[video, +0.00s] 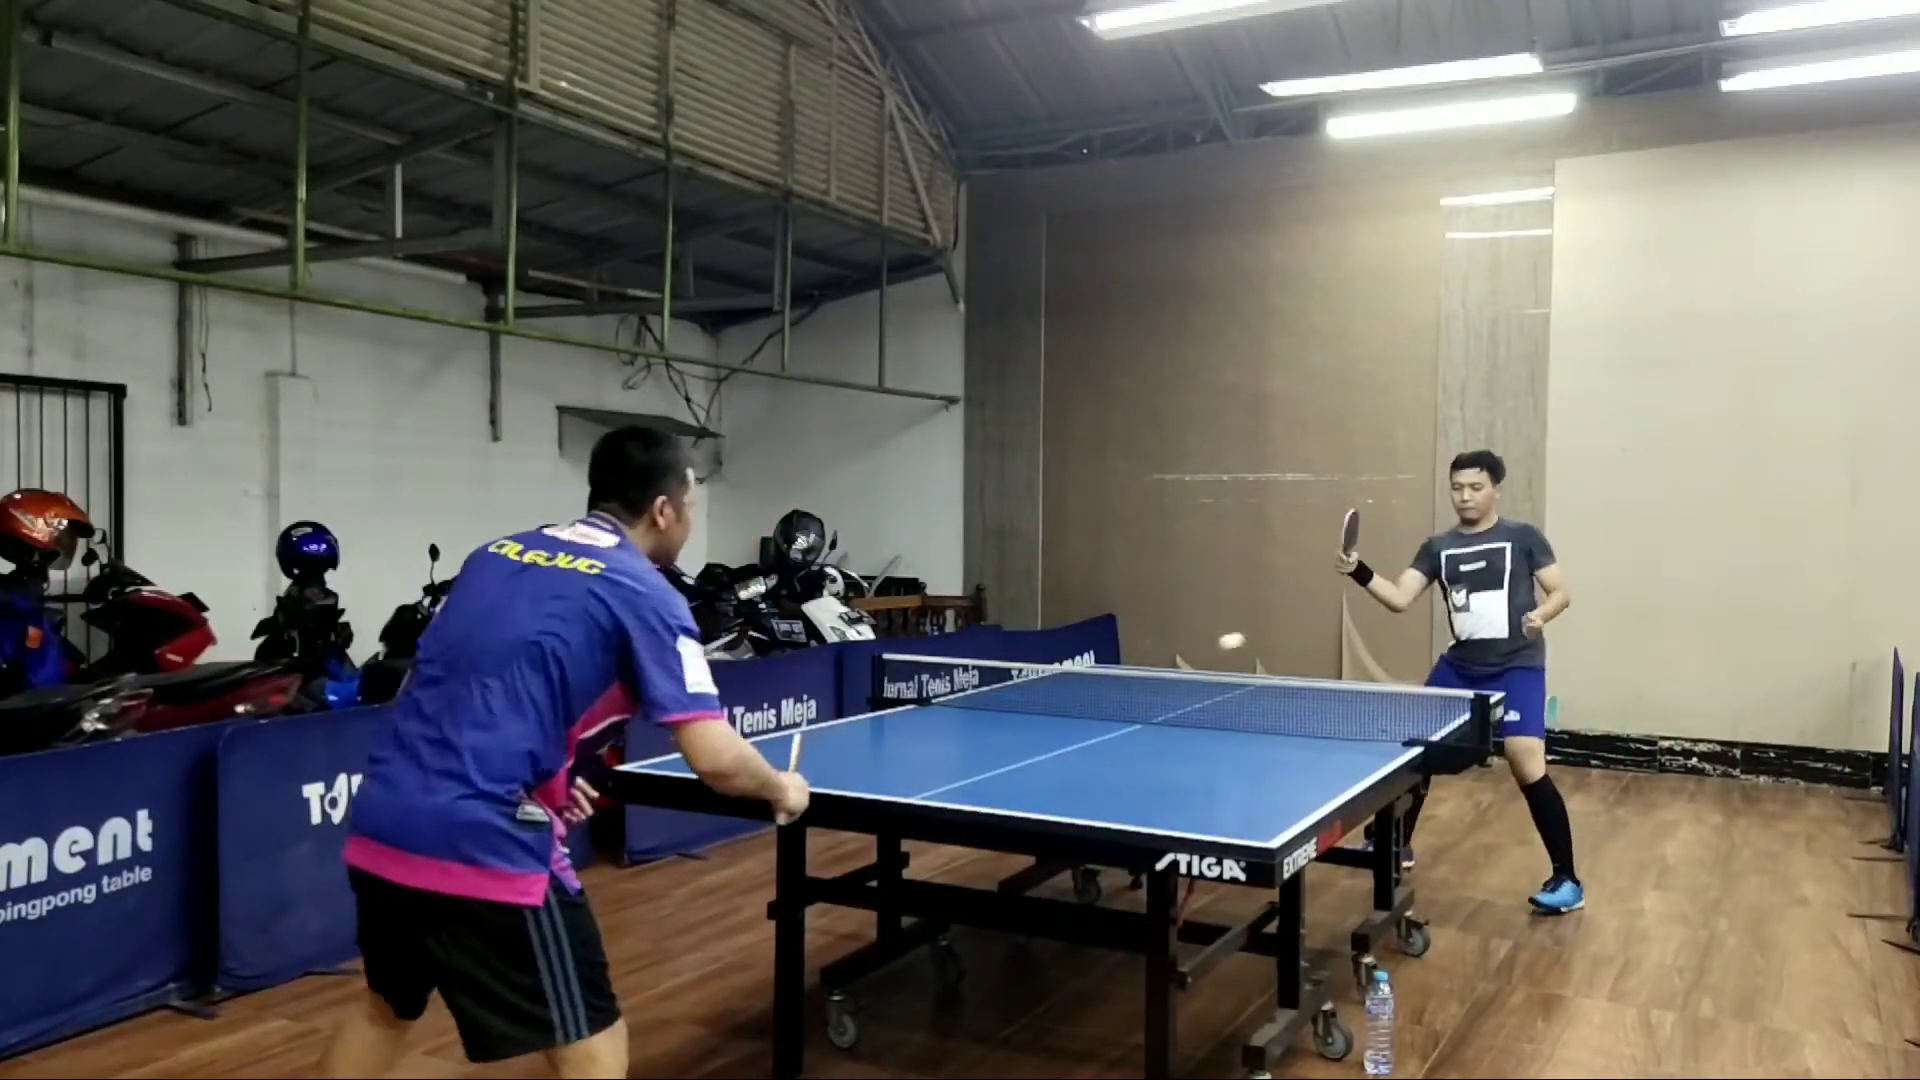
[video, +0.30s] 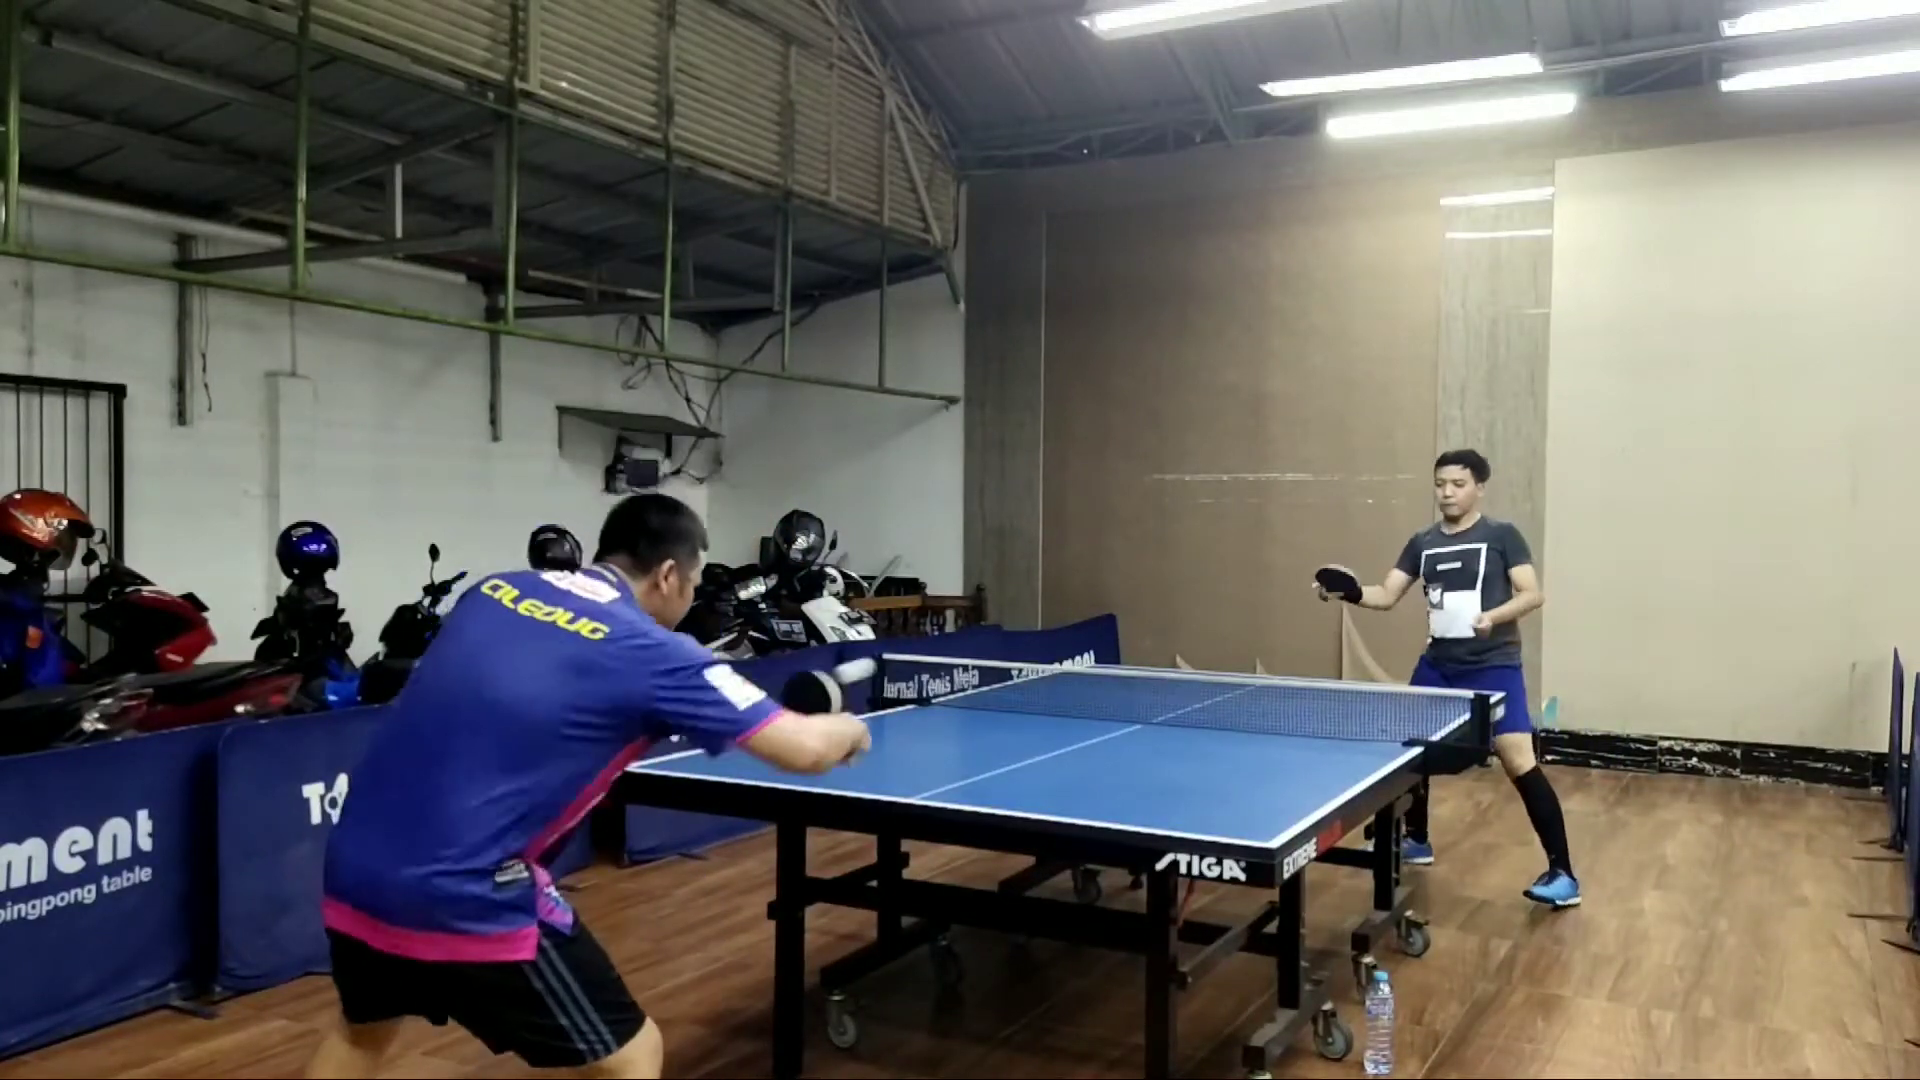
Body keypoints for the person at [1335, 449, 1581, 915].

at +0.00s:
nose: (1465, 496)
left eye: (1475, 487)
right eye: (1457, 488)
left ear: (1496, 490)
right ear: (1450, 493)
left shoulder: (1523, 537)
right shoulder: (1438, 548)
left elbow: (1560, 593)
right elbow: (1399, 597)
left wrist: (1541, 615)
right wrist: (1359, 571)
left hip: (1516, 666)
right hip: (1459, 665)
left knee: (1525, 762)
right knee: (1413, 744)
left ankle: (1565, 879)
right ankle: (1394, 843)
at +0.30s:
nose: (1447, 492)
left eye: (1457, 483)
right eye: (1441, 484)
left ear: (1479, 488)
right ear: (1435, 489)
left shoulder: (1503, 536)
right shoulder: (1423, 543)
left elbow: (1532, 596)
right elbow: (1386, 595)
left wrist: (1493, 616)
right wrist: (1345, 589)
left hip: (1495, 669)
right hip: (1437, 666)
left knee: (1519, 762)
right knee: (1408, 747)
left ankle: (1563, 873)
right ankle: (1417, 839)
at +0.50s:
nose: (1419, 515)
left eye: (1429, 506)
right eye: (1413, 508)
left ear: (1451, 509)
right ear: (1408, 513)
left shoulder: (1470, 550)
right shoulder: (1417, 568)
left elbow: (1486, 604)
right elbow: (1414, 630)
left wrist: (1425, 615)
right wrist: (1367, 640)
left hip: (1487, 675)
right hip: (1439, 673)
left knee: (1499, 775)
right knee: (1379, 735)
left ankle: (1561, 873)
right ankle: (1390, 836)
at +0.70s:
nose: (1424, 523)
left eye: (1433, 514)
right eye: (1416, 516)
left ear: (1453, 516)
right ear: (1410, 522)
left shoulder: (1480, 555)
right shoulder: (1411, 577)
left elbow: (1516, 605)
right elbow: (1404, 640)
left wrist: (1463, 599)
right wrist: (1412, 664)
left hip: (1496, 678)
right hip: (1442, 685)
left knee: (1498, 775)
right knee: (1390, 749)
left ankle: (1563, 874)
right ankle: (1389, 836)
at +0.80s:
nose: (1441, 509)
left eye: (1451, 501)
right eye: (1434, 502)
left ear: (1471, 505)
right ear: (1428, 508)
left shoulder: (1500, 545)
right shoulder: (1422, 567)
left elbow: (1542, 595)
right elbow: (1402, 630)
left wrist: (1502, 593)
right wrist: (1413, 640)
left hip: (1511, 670)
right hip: (1454, 671)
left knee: (1515, 762)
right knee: (1401, 744)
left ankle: (1566, 874)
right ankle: (1388, 838)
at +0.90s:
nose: (1456, 496)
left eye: (1467, 489)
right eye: (1449, 489)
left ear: (1486, 495)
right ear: (1442, 496)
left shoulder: (1516, 537)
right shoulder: (1434, 555)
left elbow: (1561, 585)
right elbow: (1403, 603)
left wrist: (1544, 592)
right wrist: (1376, 596)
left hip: (1528, 663)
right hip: (1472, 664)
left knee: (1536, 758)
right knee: (1428, 750)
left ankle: (1568, 875)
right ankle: (1398, 838)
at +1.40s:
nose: (1444, 489)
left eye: (1454, 481)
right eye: (1438, 481)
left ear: (1476, 486)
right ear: (1433, 487)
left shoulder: (1498, 534)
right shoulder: (1422, 542)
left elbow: (1525, 594)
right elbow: (1380, 587)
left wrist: (1476, 613)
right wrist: (1340, 597)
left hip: (1495, 667)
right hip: (1437, 664)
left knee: (1522, 758)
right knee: (1410, 746)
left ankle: (1564, 869)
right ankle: (1411, 836)